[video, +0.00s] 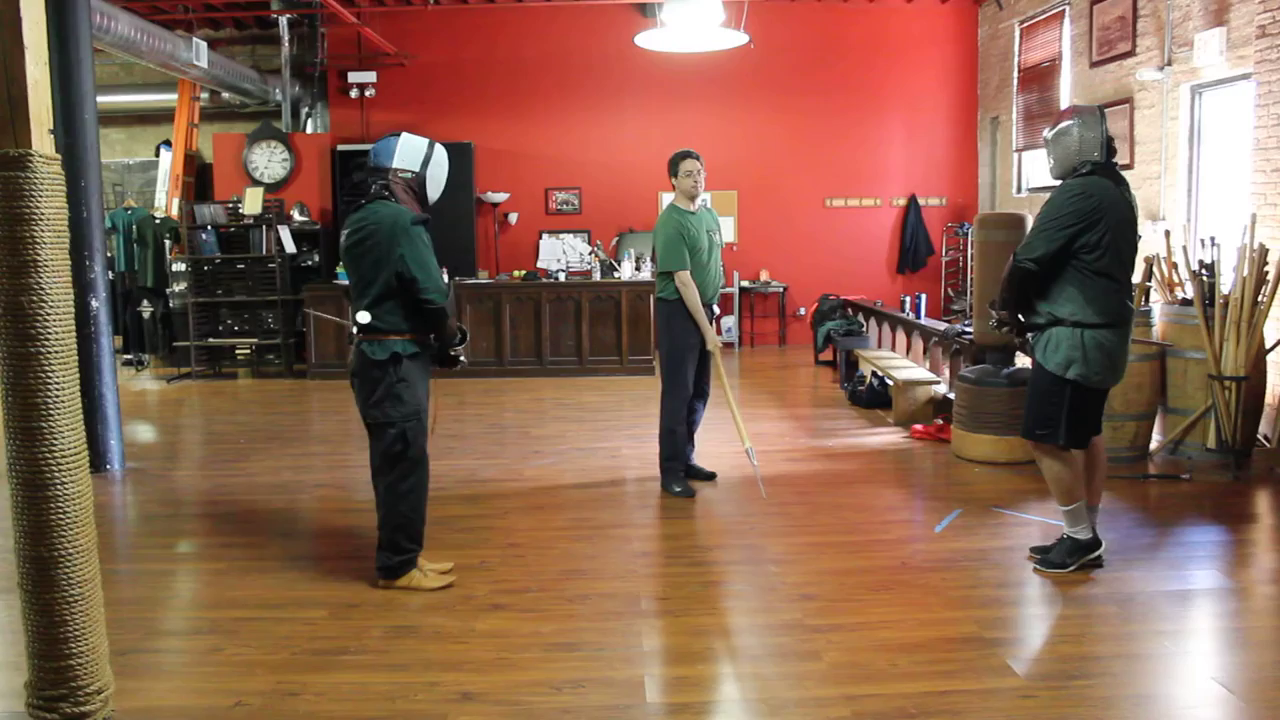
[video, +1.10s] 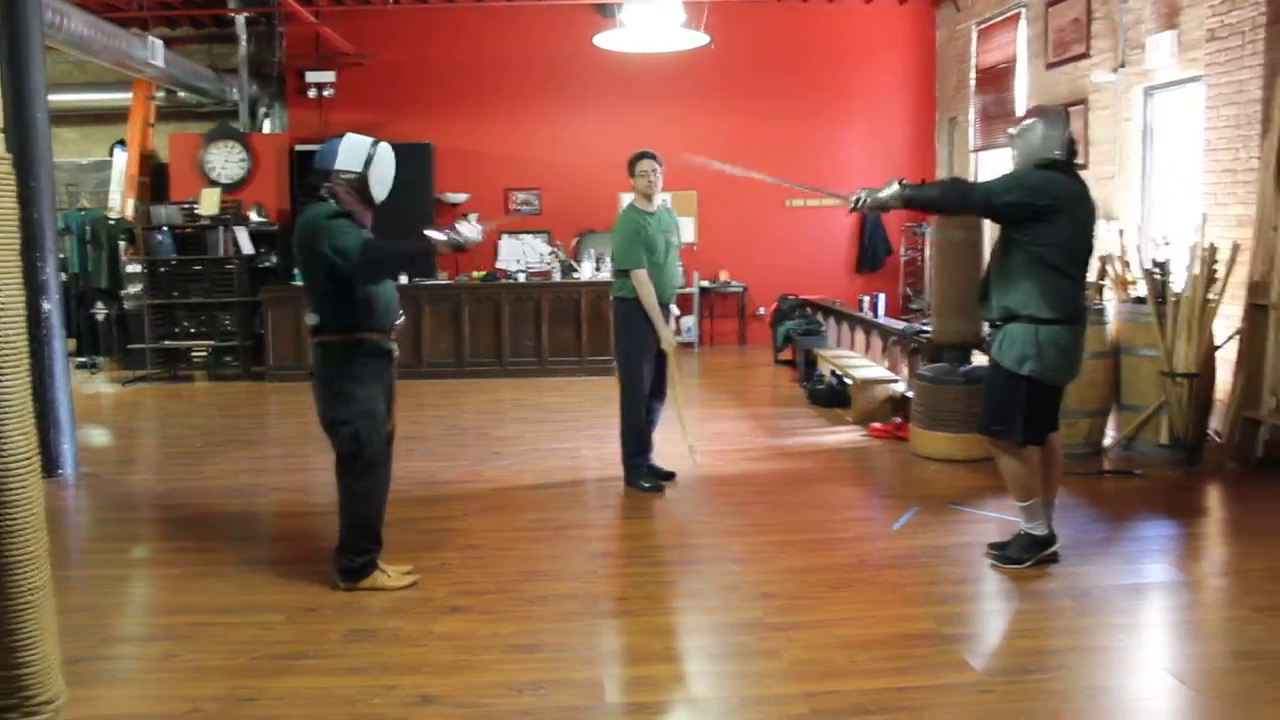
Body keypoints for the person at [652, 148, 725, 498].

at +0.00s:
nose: (697, 178)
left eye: (700, 173)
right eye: (689, 174)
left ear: (705, 177)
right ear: (674, 181)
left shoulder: (708, 215)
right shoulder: (671, 223)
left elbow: (713, 261)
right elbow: (683, 280)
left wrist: (715, 304)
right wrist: (707, 329)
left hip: (704, 308)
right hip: (677, 310)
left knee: (698, 391)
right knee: (677, 391)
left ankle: (683, 460)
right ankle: (671, 472)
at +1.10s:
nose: (651, 178)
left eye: (655, 172)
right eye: (643, 174)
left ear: (662, 177)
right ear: (632, 181)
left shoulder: (668, 216)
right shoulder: (629, 221)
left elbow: (671, 263)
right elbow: (640, 278)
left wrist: (671, 306)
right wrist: (661, 326)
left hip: (660, 306)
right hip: (633, 307)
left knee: (655, 389)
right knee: (636, 389)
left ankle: (643, 459)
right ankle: (634, 468)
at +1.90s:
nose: (624, 179)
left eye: (628, 173)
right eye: (616, 175)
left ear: (634, 178)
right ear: (604, 182)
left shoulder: (640, 217)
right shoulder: (602, 222)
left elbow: (645, 263)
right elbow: (614, 279)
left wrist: (645, 305)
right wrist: (637, 328)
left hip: (635, 306)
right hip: (608, 308)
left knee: (631, 390)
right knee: (611, 390)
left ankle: (620, 460)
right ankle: (610, 470)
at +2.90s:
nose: (629, 179)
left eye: (633, 174)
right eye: (622, 174)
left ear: (639, 179)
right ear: (609, 180)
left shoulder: (644, 218)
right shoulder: (602, 212)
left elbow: (660, 254)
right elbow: (612, 229)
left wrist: (655, 249)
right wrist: (640, 238)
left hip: (633, 310)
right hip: (606, 310)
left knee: (633, 391)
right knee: (611, 391)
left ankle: (621, 460)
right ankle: (610, 468)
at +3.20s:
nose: (625, 180)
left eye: (629, 176)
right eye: (619, 174)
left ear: (632, 183)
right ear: (603, 180)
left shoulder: (630, 219)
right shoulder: (595, 212)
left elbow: (647, 251)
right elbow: (614, 225)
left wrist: (645, 248)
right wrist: (632, 241)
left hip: (632, 312)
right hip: (606, 311)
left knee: (628, 393)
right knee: (601, 395)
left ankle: (619, 463)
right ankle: (581, 476)